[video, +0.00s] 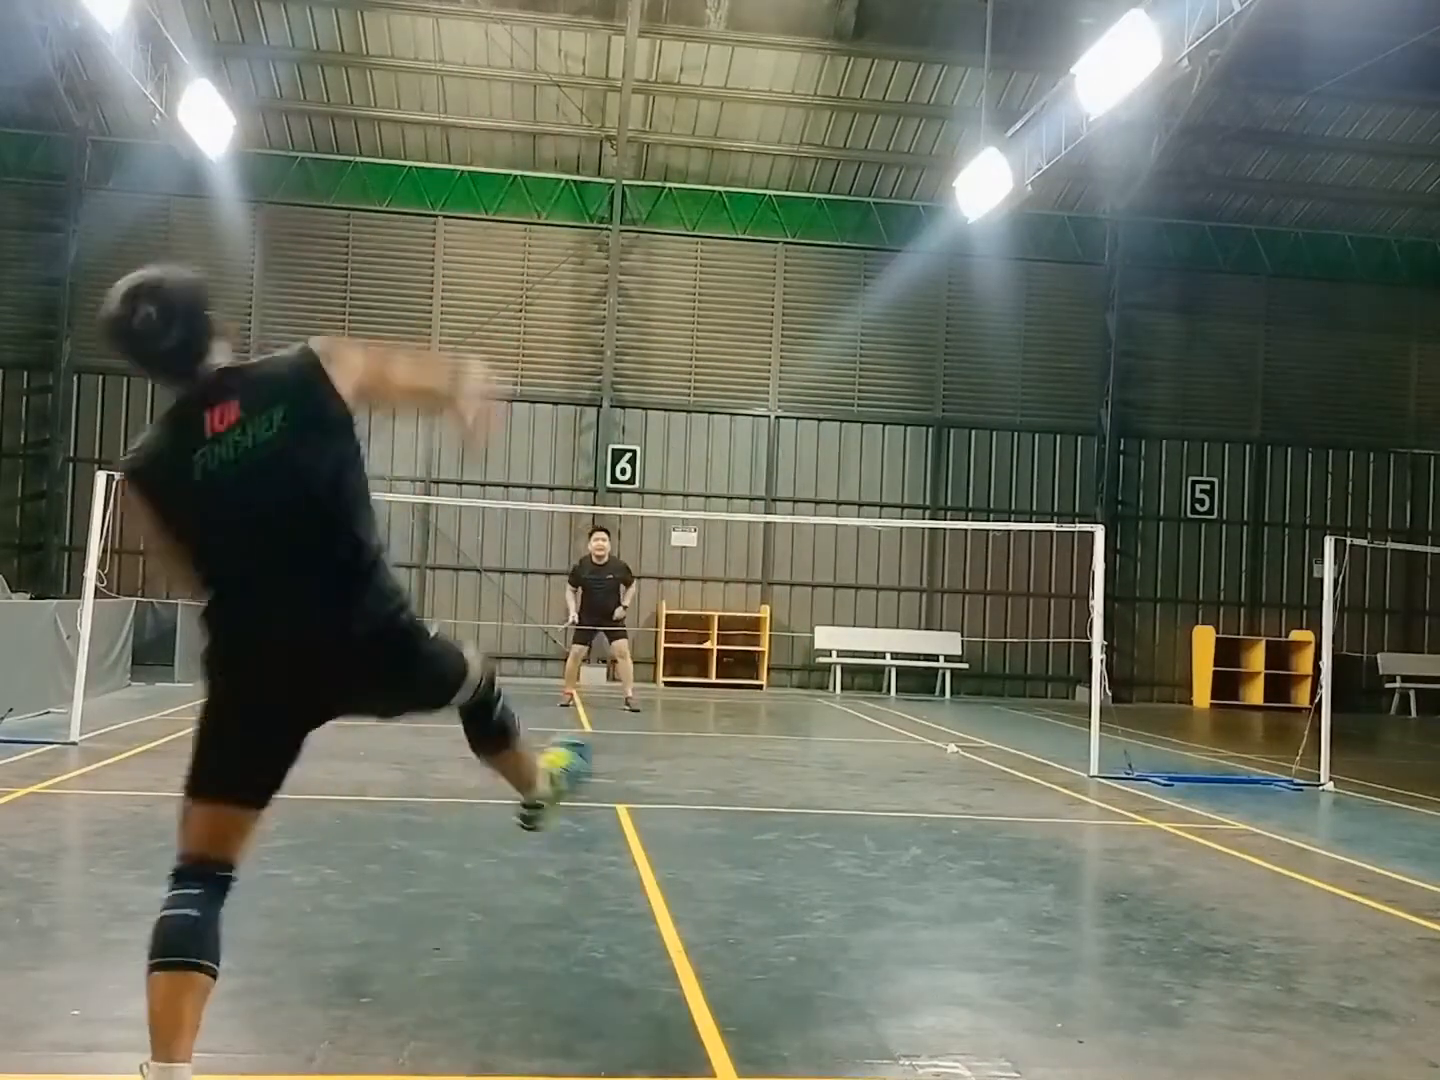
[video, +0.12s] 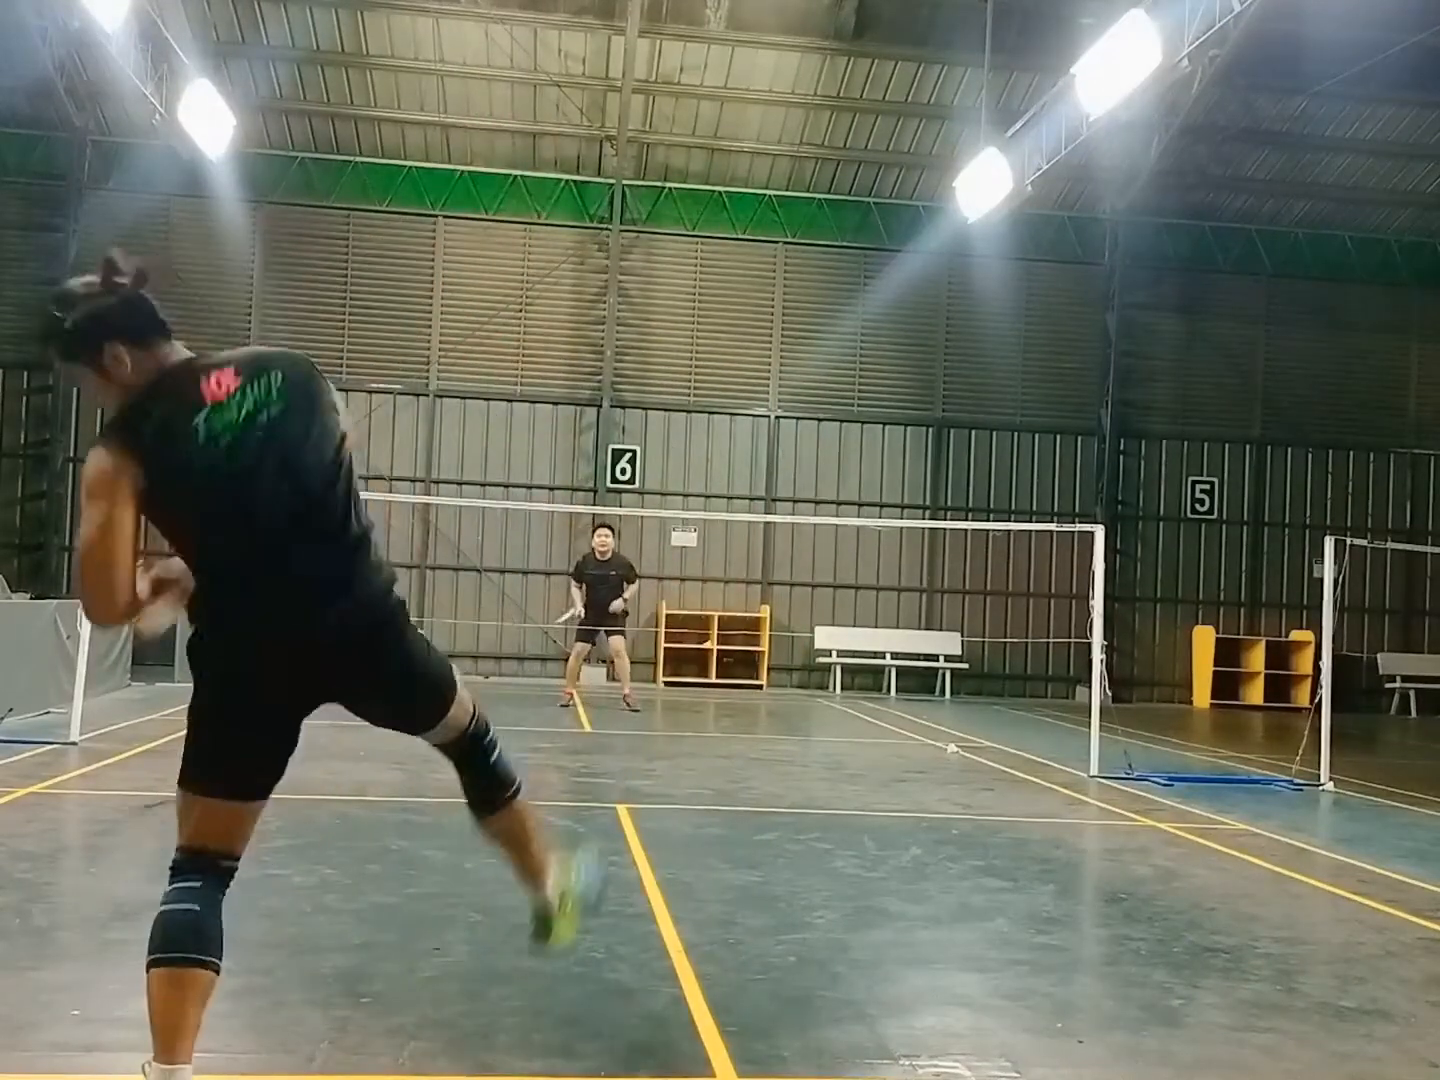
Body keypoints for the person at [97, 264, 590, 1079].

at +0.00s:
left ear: (146, 367)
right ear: (214, 326)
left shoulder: (148, 473)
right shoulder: (313, 372)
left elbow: (188, 574)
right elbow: (399, 366)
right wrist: (460, 382)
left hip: (255, 679)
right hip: (368, 643)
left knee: (202, 871)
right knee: (473, 692)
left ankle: (169, 1068)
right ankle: (538, 790)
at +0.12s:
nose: (94, 395)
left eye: (90, 379)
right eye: (88, 381)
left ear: (115, 359)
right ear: (166, 336)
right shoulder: (294, 371)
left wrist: (169, 582)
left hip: (245, 661)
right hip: (362, 629)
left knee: (201, 867)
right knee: (471, 743)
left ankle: (169, 1070)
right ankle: (549, 894)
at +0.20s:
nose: (86, 398)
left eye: (80, 381)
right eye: (74, 385)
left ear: (118, 346)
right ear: (147, 332)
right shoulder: (272, 363)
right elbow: (313, 486)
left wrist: (131, 616)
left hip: (255, 641)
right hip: (368, 615)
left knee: (200, 860)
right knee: (455, 758)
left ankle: (170, 1068)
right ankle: (518, 945)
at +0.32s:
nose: (101, 390)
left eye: (93, 372)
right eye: (88, 376)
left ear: (130, 335)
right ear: (158, 322)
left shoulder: (157, 400)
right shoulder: (279, 364)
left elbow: (141, 521)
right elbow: (309, 503)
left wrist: (119, 654)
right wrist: (204, 558)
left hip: (263, 627)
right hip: (370, 609)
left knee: (206, 850)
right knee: (417, 811)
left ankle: (168, 1067)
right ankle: (439, 1000)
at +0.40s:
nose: (120, 380)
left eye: (114, 363)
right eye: (109, 367)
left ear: (151, 330)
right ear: (181, 319)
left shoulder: (169, 393)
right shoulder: (298, 366)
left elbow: (163, 510)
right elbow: (321, 509)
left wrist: (142, 661)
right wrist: (210, 554)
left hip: (262, 629)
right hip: (371, 617)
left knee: (208, 850)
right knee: (400, 826)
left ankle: (168, 1067)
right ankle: (412, 1033)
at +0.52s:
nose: (179, 345)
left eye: (177, 331)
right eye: (179, 331)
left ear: (191, 327)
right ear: (256, 317)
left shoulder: (200, 399)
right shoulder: (359, 380)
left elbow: (193, 510)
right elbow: (390, 507)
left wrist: (187, 660)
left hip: (272, 631)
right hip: (383, 627)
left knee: (214, 839)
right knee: (392, 834)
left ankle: (170, 1054)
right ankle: (389, 1060)